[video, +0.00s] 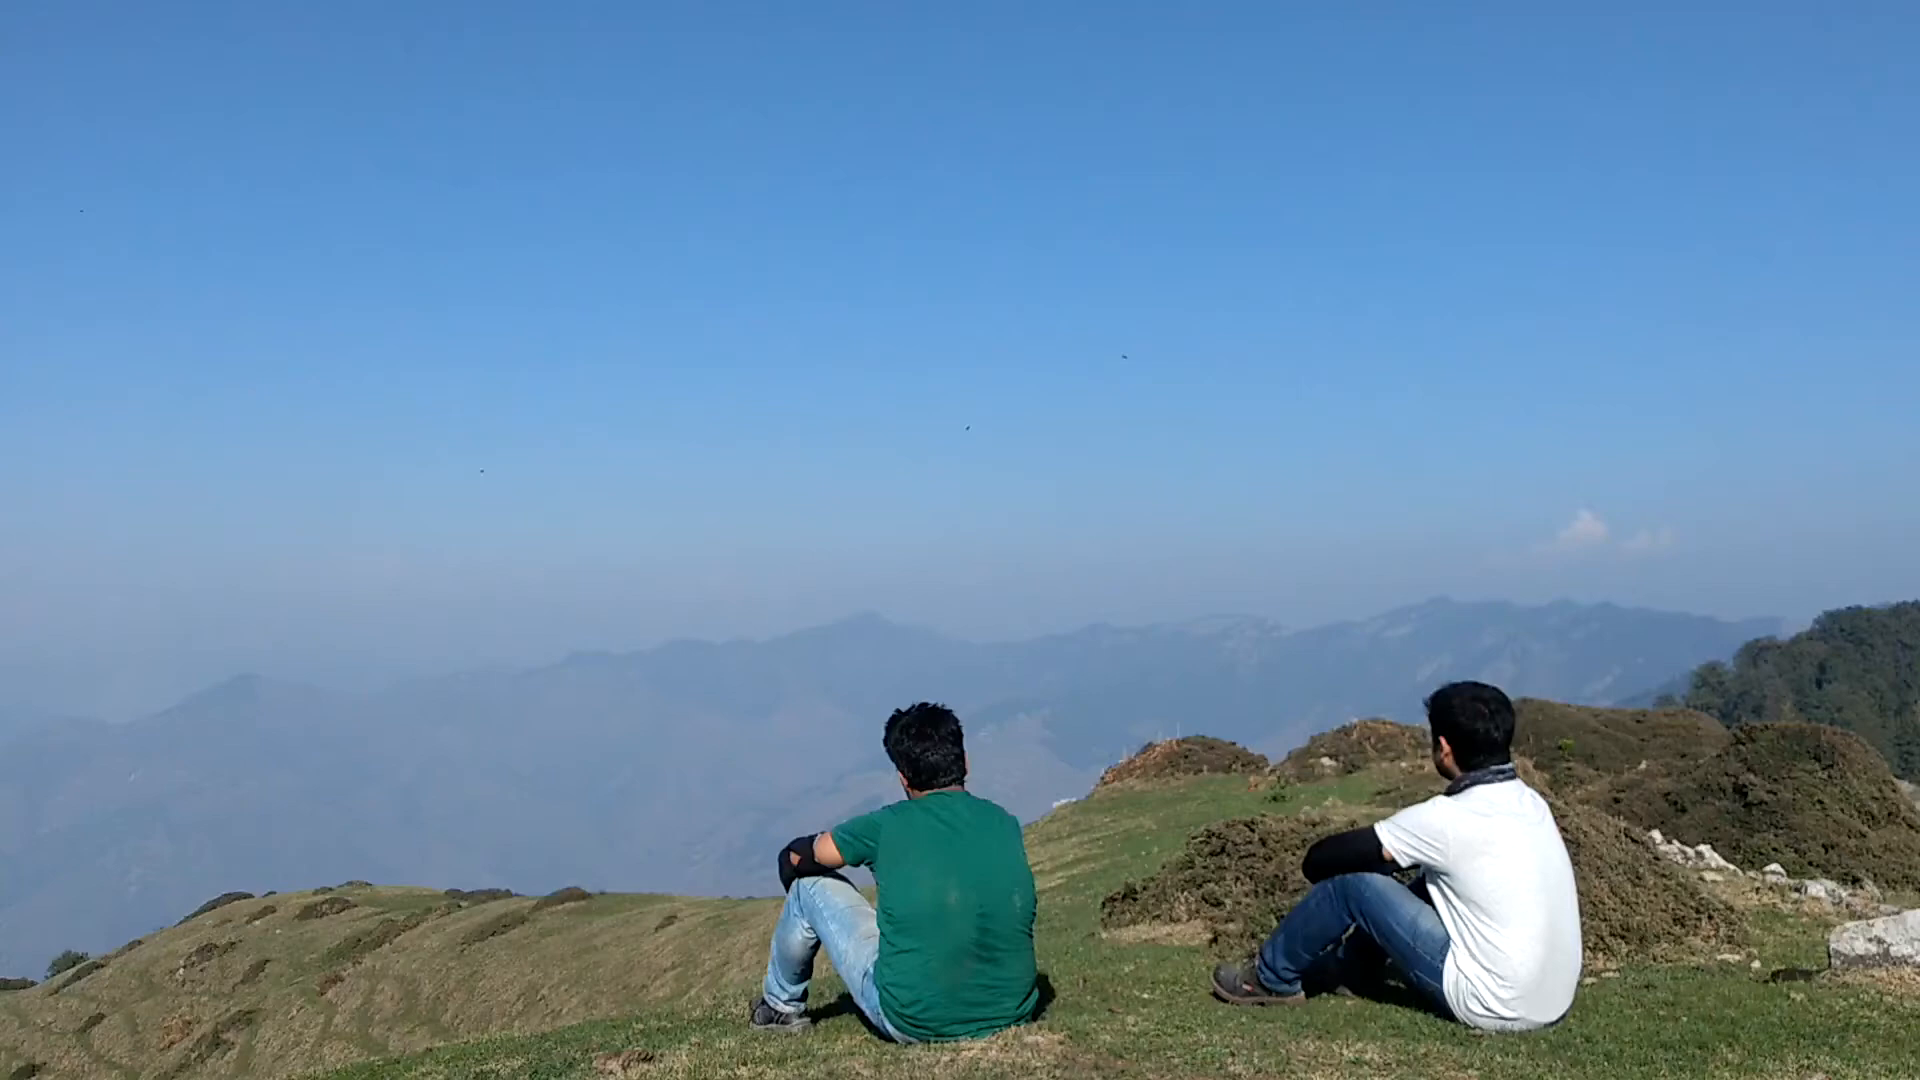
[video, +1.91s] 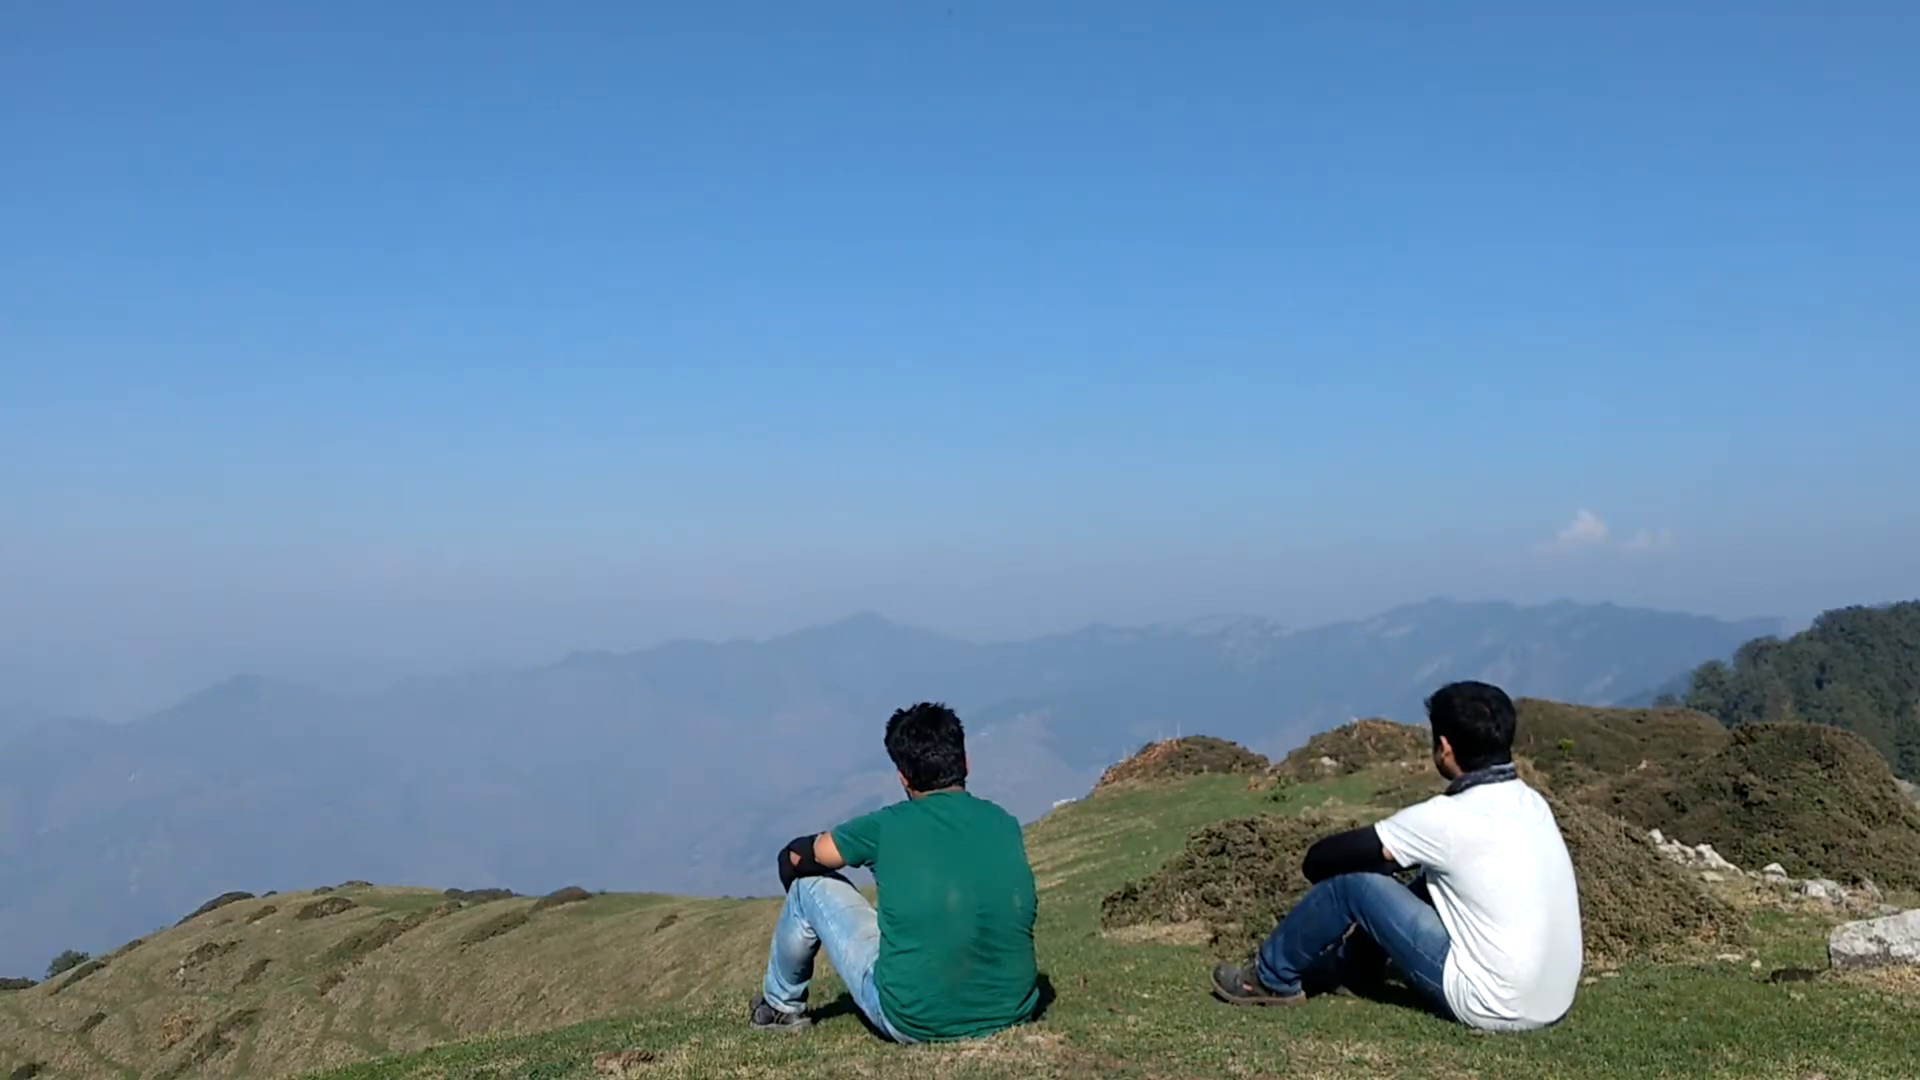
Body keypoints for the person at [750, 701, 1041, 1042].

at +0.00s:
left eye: (897, 771)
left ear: (904, 778)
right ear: (966, 764)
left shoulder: (887, 824)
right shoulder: (1005, 822)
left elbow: (796, 856)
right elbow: (1021, 911)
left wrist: (797, 886)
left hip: (915, 1020)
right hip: (1008, 1012)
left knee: (811, 886)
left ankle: (781, 1005)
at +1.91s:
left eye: (898, 770)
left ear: (904, 778)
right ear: (966, 764)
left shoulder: (887, 825)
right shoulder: (1006, 823)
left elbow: (796, 857)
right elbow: (1022, 912)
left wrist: (797, 890)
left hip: (915, 1021)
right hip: (1008, 1012)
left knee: (810, 885)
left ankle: (781, 1006)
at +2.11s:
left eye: (898, 770)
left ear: (904, 777)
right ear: (966, 764)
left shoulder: (888, 825)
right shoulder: (1006, 823)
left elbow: (797, 856)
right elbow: (1021, 912)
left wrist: (796, 887)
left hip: (915, 1021)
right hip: (1009, 1012)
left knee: (810, 885)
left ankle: (781, 1006)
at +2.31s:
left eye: (898, 770)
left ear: (904, 778)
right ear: (967, 764)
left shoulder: (888, 824)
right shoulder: (1005, 822)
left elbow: (796, 857)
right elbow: (1021, 912)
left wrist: (797, 889)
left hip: (915, 1020)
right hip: (1008, 1012)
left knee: (810, 886)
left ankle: (781, 1005)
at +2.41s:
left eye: (898, 770)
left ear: (904, 778)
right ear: (967, 764)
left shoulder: (888, 824)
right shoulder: (1005, 822)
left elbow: (796, 857)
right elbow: (1021, 912)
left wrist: (797, 889)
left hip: (915, 1020)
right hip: (1008, 1012)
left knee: (810, 885)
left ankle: (781, 1005)